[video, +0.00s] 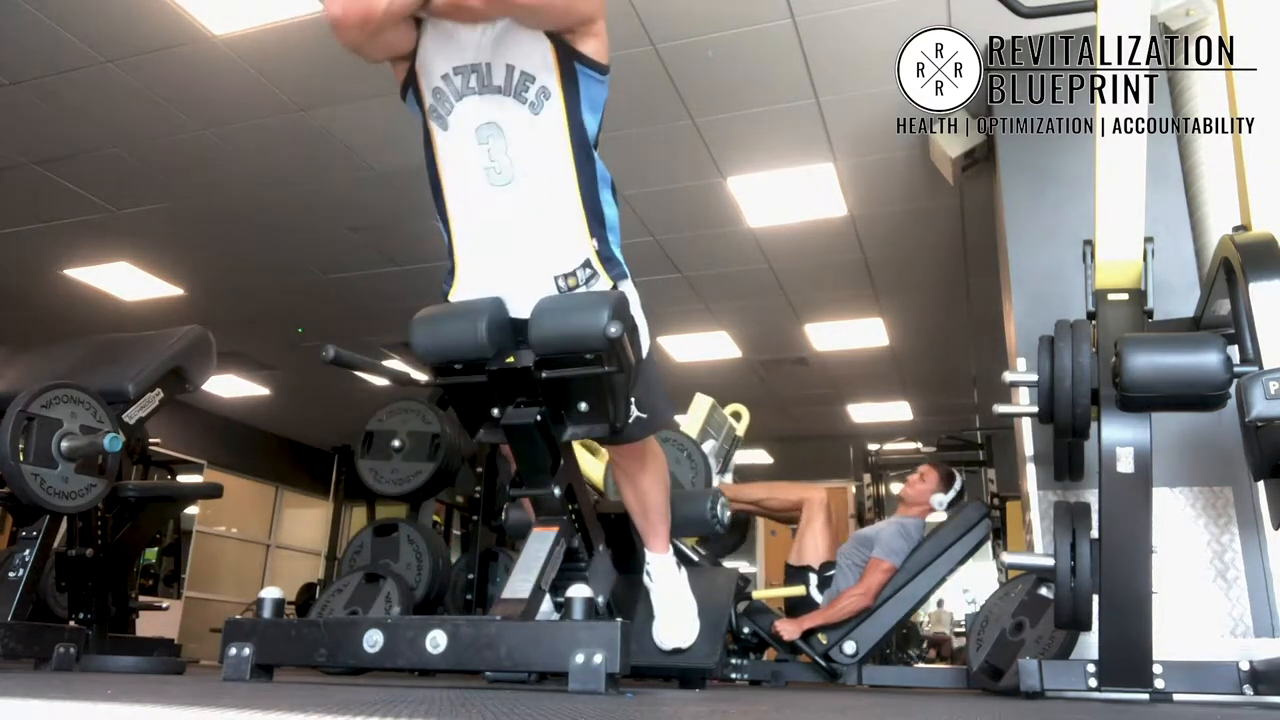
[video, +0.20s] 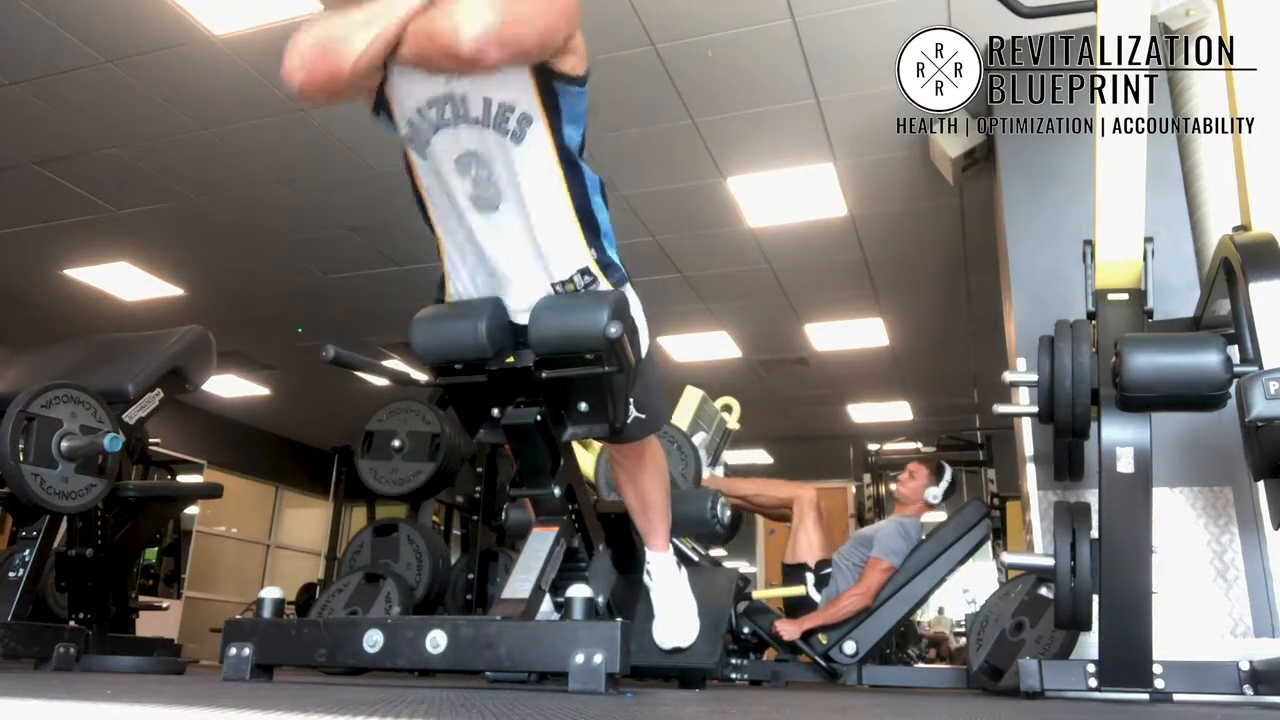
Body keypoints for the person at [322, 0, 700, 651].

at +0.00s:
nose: (473, 4)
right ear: (445, 1)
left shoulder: (577, 13)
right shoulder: (418, 41)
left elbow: (485, 6)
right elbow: (344, 12)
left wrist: (420, 1)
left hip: (585, 273)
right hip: (480, 285)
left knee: (629, 428)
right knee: (514, 438)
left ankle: (660, 565)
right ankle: (544, 551)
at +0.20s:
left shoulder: (550, 10)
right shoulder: (386, 45)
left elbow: (478, 39)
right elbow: (303, 74)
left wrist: (371, 26)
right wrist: (413, 4)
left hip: (577, 276)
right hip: (475, 294)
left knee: (628, 428)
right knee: (520, 436)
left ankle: (660, 561)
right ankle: (545, 538)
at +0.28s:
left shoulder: (536, 12)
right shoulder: (363, 42)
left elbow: (466, 77)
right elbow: (286, 107)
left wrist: (358, 55)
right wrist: (404, 20)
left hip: (577, 284)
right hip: (478, 303)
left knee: (628, 426)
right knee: (519, 437)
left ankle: (660, 560)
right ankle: (549, 535)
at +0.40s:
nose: (357, 9)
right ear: (337, 8)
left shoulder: (506, 50)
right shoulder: (330, 87)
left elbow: (452, 164)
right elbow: (272, 203)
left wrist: (340, 132)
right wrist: (386, 103)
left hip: (572, 289)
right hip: (473, 303)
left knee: (629, 421)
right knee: (508, 432)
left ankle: (660, 559)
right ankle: (546, 532)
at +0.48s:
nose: (343, 30)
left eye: (363, 6)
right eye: (330, 11)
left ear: (416, 7)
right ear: (319, 21)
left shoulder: (497, 79)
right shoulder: (311, 124)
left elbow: (454, 213)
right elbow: (272, 253)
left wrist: (336, 173)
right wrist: (384, 155)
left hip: (571, 291)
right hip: (470, 309)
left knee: (629, 422)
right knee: (510, 434)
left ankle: (661, 559)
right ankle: (547, 531)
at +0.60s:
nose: (325, 127)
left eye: (343, 101)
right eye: (307, 107)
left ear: (398, 73)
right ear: (292, 100)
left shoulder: (490, 141)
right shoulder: (297, 189)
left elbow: (461, 318)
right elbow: (287, 346)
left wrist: (345, 267)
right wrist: (385, 250)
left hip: (568, 300)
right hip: (467, 330)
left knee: (624, 411)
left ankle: (662, 563)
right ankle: (548, 530)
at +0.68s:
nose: (323, 175)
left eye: (339, 148)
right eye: (304, 154)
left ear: (393, 111)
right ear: (287, 139)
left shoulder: (490, 169)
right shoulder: (296, 219)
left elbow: (470, 360)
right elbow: (297, 383)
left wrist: (350, 308)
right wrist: (390, 292)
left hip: (573, 305)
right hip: (469, 329)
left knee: (628, 422)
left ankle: (661, 559)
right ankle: (548, 526)